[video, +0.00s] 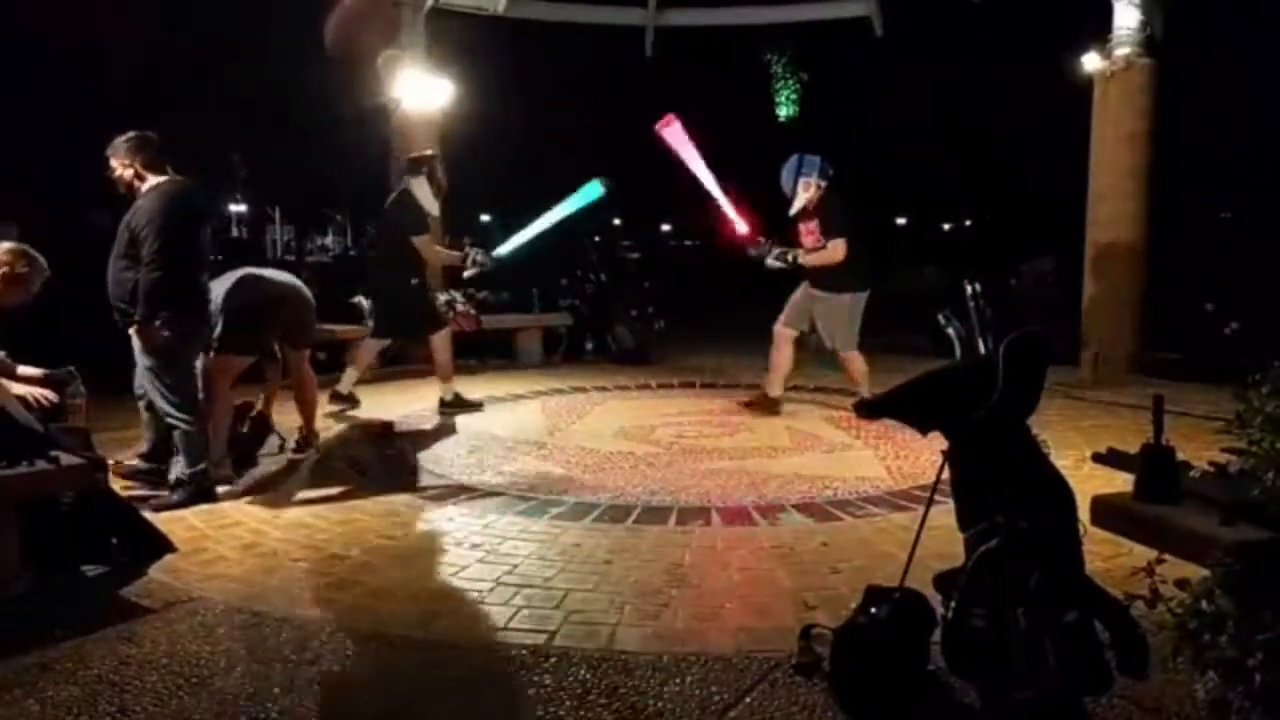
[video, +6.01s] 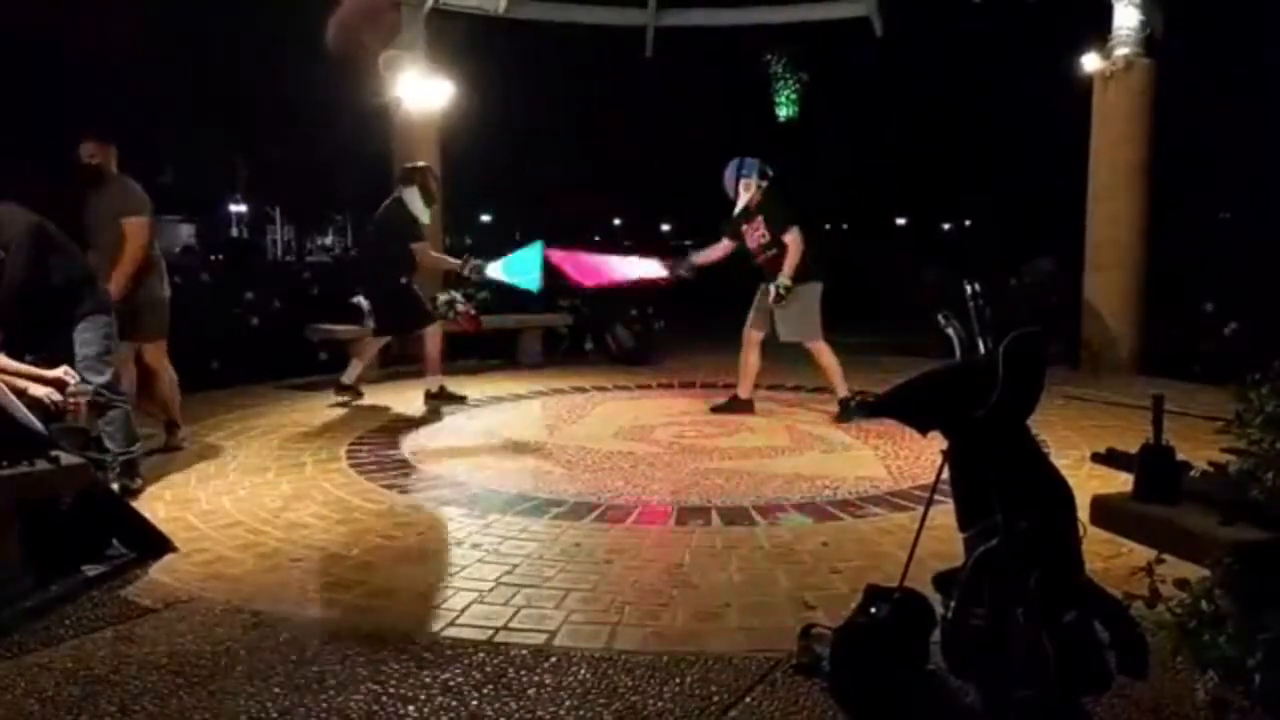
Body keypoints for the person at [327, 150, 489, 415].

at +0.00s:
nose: (444, 175)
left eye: (441, 169)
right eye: (440, 170)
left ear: (414, 173)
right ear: (429, 173)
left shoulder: (411, 199)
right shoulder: (408, 203)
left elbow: (426, 248)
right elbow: (429, 253)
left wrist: (460, 255)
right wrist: (464, 259)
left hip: (392, 281)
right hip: (404, 283)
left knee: (381, 335)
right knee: (440, 329)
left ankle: (343, 389)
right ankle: (449, 395)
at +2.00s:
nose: (448, 174)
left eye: (447, 168)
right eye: (444, 168)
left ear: (418, 168)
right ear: (432, 168)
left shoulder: (408, 193)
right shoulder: (421, 197)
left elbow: (420, 244)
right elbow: (424, 246)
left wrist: (446, 264)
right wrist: (453, 269)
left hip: (403, 274)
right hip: (417, 275)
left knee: (408, 329)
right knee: (449, 328)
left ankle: (392, 390)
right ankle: (441, 391)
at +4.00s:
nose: (446, 193)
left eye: (445, 187)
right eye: (443, 187)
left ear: (418, 182)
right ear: (431, 184)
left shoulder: (402, 207)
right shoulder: (417, 211)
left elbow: (437, 245)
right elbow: (454, 248)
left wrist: (484, 243)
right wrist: (491, 242)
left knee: (391, 334)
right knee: (447, 326)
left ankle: (355, 387)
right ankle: (458, 392)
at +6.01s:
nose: (435, 190)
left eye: (435, 183)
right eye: (432, 183)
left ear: (408, 184)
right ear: (419, 184)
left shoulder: (395, 207)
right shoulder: (405, 209)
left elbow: (423, 256)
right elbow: (424, 256)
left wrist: (458, 266)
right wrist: (461, 266)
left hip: (377, 277)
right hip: (391, 279)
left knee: (384, 330)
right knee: (432, 326)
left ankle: (347, 381)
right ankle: (435, 387)